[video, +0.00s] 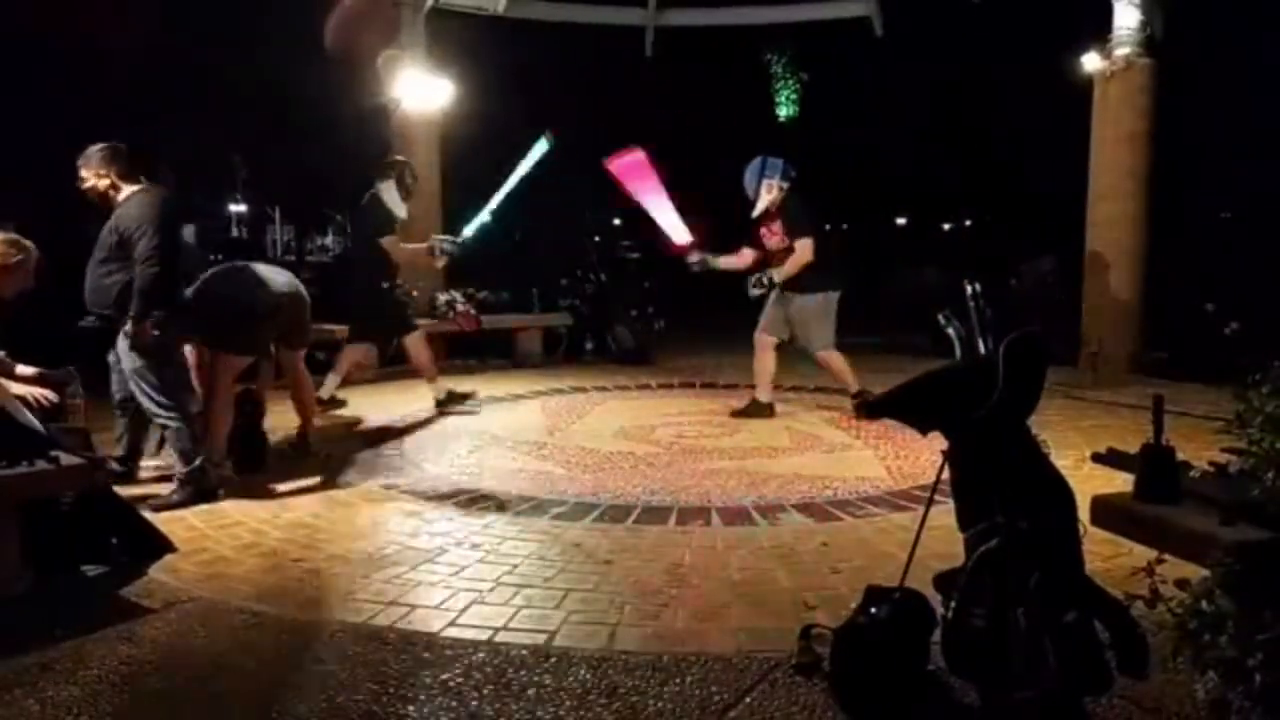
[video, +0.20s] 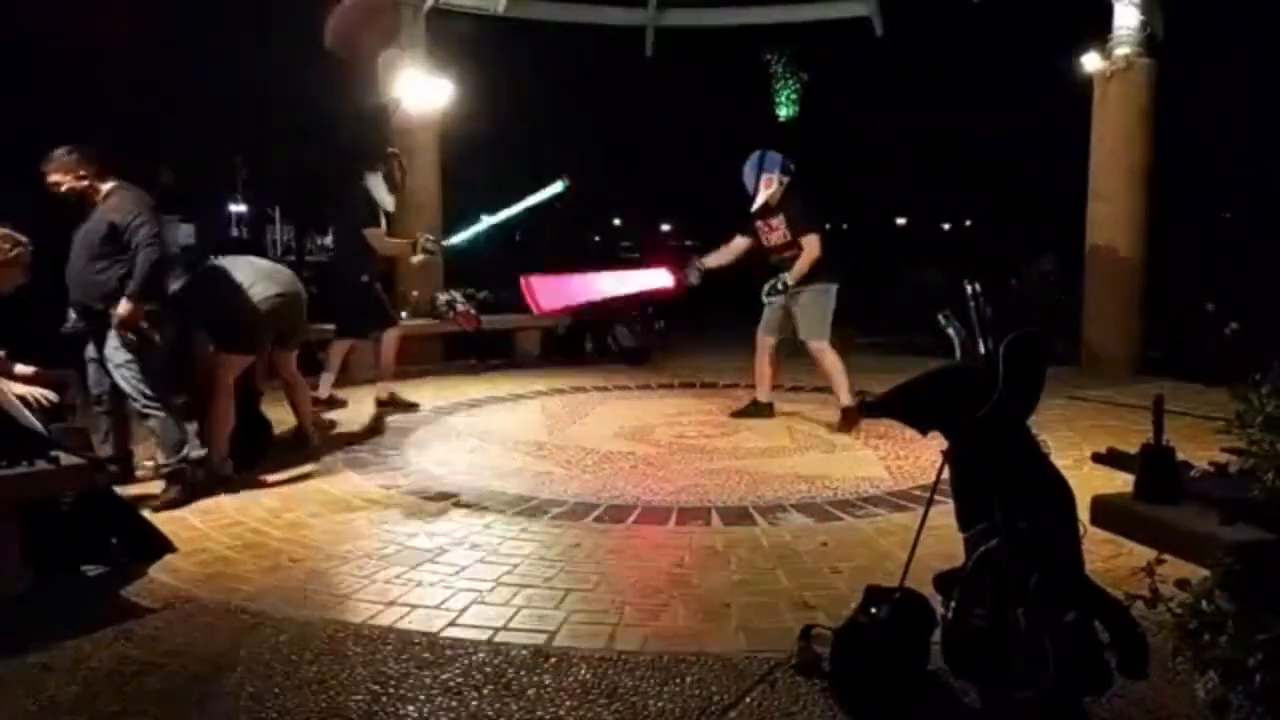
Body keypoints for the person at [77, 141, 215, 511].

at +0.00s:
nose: (85, 188)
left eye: (86, 180)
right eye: (83, 181)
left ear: (106, 176)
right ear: (109, 175)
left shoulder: (144, 207)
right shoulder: (132, 205)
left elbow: (150, 266)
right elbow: (142, 264)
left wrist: (137, 317)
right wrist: (123, 311)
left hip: (139, 321)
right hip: (122, 320)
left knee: (163, 404)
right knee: (125, 396)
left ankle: (195, 474)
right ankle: (125, 461)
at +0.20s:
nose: (57, 192)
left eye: (59, 184)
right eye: (54, 186)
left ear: (81, 175)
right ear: (81, 177)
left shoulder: (126, 202)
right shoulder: (99, 207)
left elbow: (149, 249)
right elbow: (101, 262)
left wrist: (133, 298)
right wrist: (83, 305)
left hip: (120, 317)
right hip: (93, 319)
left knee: (142, 395)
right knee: (103, 397)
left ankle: (180, 469)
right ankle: (115, 464)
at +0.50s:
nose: (63, 191)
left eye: (67, 182)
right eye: (56, 185)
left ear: (87, 172)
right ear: (49, 183)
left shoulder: (123, 200)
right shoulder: (59, 213)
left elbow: (159, 237)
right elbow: (63, 263)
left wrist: (127, 274)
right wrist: (60, 302)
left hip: (119, 314)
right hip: (76, 316)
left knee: (122, 398)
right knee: (94, 398)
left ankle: (139, 475)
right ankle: (108, 466)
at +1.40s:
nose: (83, 192)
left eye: (91, 185)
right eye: (77, 185)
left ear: (112, 179)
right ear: (71, 180)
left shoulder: (143, 208)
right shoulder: (70, 209)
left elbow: (175, 246)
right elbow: (62, 255)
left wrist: (127, 258)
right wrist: (54, 292)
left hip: (127, 322)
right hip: (82, 322)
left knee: (130, 402)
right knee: (97, 400)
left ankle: (142, 470)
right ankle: (110, 463)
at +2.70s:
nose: (39, 192)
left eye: (44, 183)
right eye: (37, 185)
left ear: (69, 177)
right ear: (57, 181)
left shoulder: (115, 206)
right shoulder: (48, 216)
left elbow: (145, 255)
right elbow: (49, 267)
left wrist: (127, 305)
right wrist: (54, 312)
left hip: (107, 326)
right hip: (66, 328)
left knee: (126, 402)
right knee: (70, 406)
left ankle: (140, 468)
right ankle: (86, 470)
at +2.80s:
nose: (27, 196)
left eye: (30, 187)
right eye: (24, 189)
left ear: (53, 177)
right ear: (40, 182)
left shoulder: (105, 206)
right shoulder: (39, 218)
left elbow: (139, 250)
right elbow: (32, 272)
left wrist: (130, 302)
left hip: (103, 324)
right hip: (60, 328)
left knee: (123, 400)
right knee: (59, 402)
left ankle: (141, 466)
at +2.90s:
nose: (5, 203)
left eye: (7, 194)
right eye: (2, 196)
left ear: (28, 184)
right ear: (21, 189)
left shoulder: (88, 204)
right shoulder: (25, 230)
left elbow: (129, 238)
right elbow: (23, 282)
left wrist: (129, 292)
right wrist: (26, 315)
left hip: (100, 321)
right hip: (54, 327)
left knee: (117, 398)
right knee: (49, 403)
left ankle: (138, 468)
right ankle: (58, 475)